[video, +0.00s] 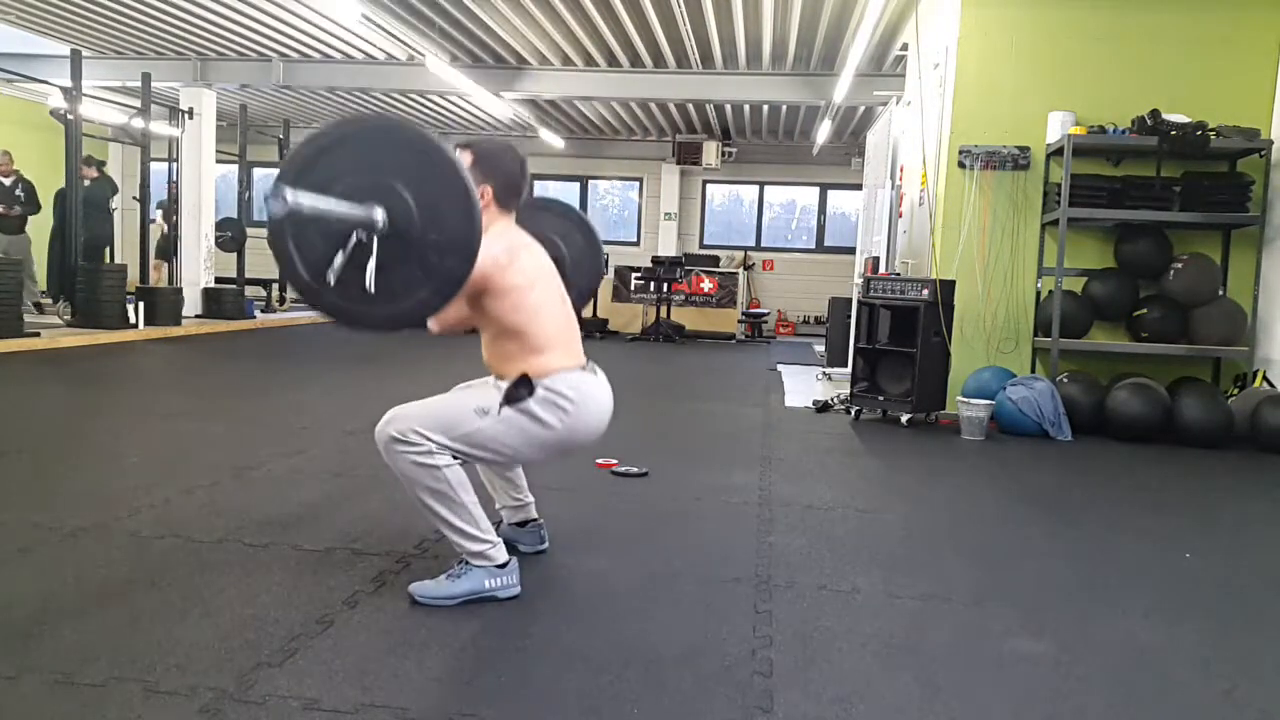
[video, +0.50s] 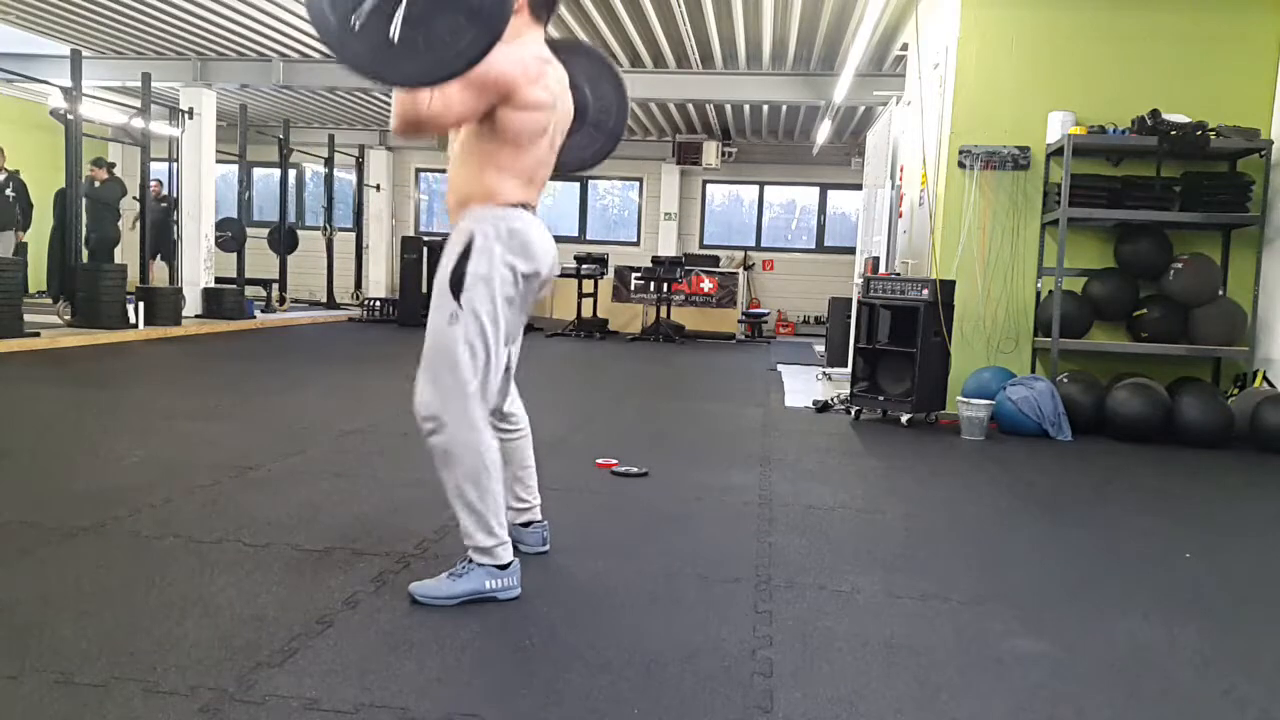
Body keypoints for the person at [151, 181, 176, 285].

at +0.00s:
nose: (173, 190)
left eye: (175, 188)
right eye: (171, 188)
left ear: (178, 189)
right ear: (167, 189)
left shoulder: (180, 203)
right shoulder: (162, 203)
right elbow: (159, 218)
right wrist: (164, 226)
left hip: (178, 235)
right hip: (165, 235)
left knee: (175, 262)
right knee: (157, 263)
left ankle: (175, 286)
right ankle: (153, 285)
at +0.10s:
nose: (168, 191)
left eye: (171, 188)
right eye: (166, 188)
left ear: (176, 190)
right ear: (163, 190)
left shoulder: (179, 204)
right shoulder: (158, 204)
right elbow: (154, 221)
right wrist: (153, 236)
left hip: (177, 236)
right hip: (163, 236)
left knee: (175, 264)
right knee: (156, 264)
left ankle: (175, 288)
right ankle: (153, 287)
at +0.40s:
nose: (156, 190)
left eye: (159, 187)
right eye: (154, 187)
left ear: (165, 188)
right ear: (152, 189)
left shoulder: (172, 201)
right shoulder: (150, 202)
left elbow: (176, 218)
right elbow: (144, 216)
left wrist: (177, 233)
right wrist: (141, 228)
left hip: (169, 233)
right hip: (154, 233)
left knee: (173, 261)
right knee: (151, 260)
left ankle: (173, 285)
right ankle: (149, 283)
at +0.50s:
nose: (153, 189)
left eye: (155, 186)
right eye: (151, 187)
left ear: (161, 188)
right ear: (149, 188)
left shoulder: (169, 200)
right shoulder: (148, 201)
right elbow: (141, 212)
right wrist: (134, 221)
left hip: (166, 235)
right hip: (151, 234)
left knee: (169, 261)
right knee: (149, 260)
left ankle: (172, 284)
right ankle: (149, 283)